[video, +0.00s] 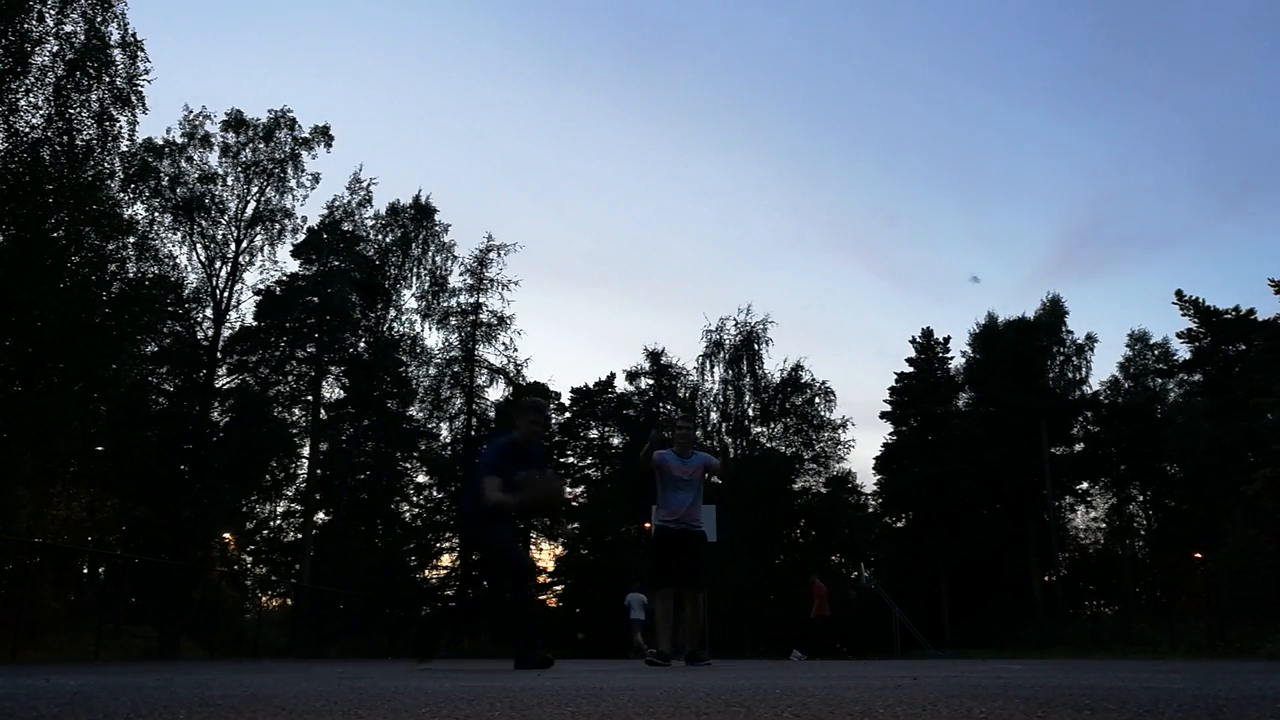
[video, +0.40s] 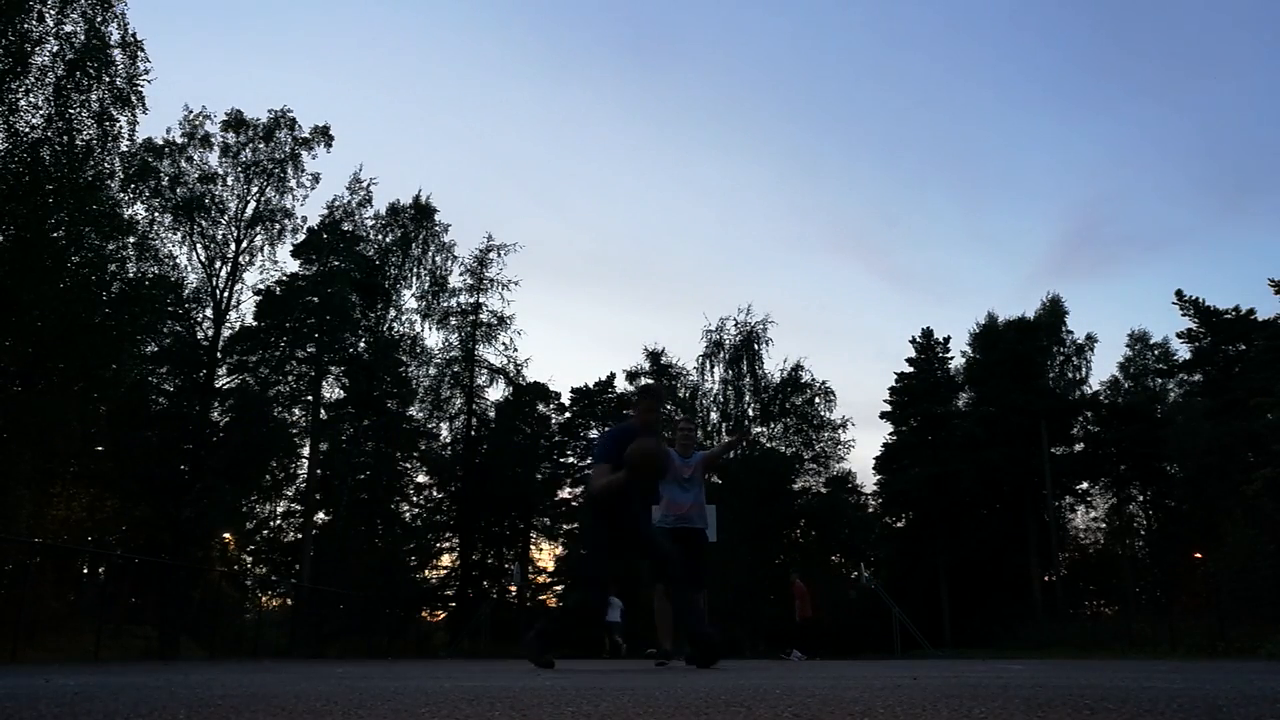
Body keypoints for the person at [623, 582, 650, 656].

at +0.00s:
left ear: (632, 589)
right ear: (639, 589)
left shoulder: (629, 596)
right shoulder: (643, 597)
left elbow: (626, 605)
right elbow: (646, 605)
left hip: (633, 617)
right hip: (641, 617)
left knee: (636, 633)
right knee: (637, 633)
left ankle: (643, 646)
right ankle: (634, 649)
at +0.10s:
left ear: (626, 593)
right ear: (633, 594)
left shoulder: (624, 600)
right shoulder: (636, 600)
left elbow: (622, 607)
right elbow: (640, 609)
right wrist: (638, 614)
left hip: (627, 621)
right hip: (636, 621)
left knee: (627, 636)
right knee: (634, 637)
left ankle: (634, 646)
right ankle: (633, 654)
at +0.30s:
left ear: (614, 594)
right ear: (620, 594)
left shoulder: (614, 598)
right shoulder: (625, 601)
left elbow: (611, 608)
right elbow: (627, 610)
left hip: (615, 619)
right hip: (623, 619)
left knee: (612, 635)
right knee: (624, 634)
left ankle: (612, 650)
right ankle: (628, 648)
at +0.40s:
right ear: (616, 596)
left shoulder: (609, 601)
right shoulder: (619, 602)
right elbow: (622, 609)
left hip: (609, 620)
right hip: (617, 620)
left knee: (607, 636)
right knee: (616, 635)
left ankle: (607, 651)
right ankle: (622, 645)